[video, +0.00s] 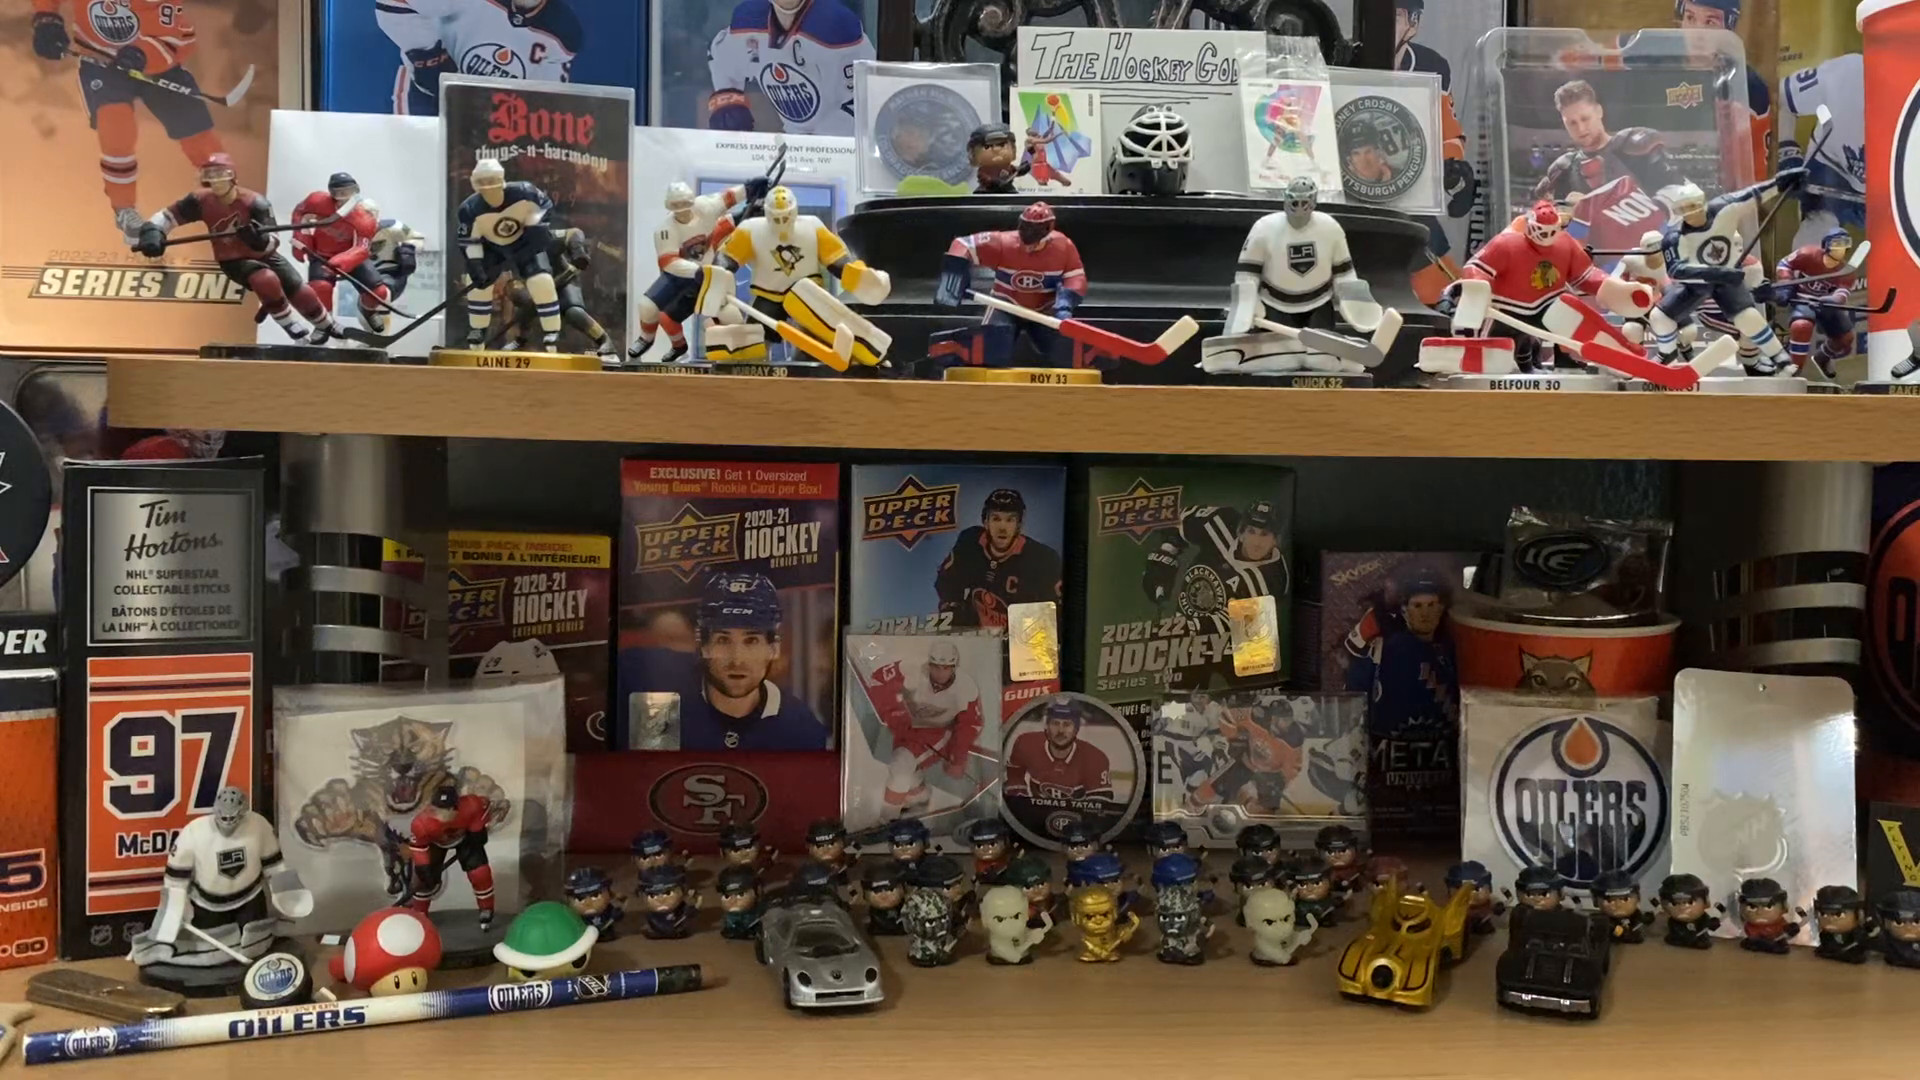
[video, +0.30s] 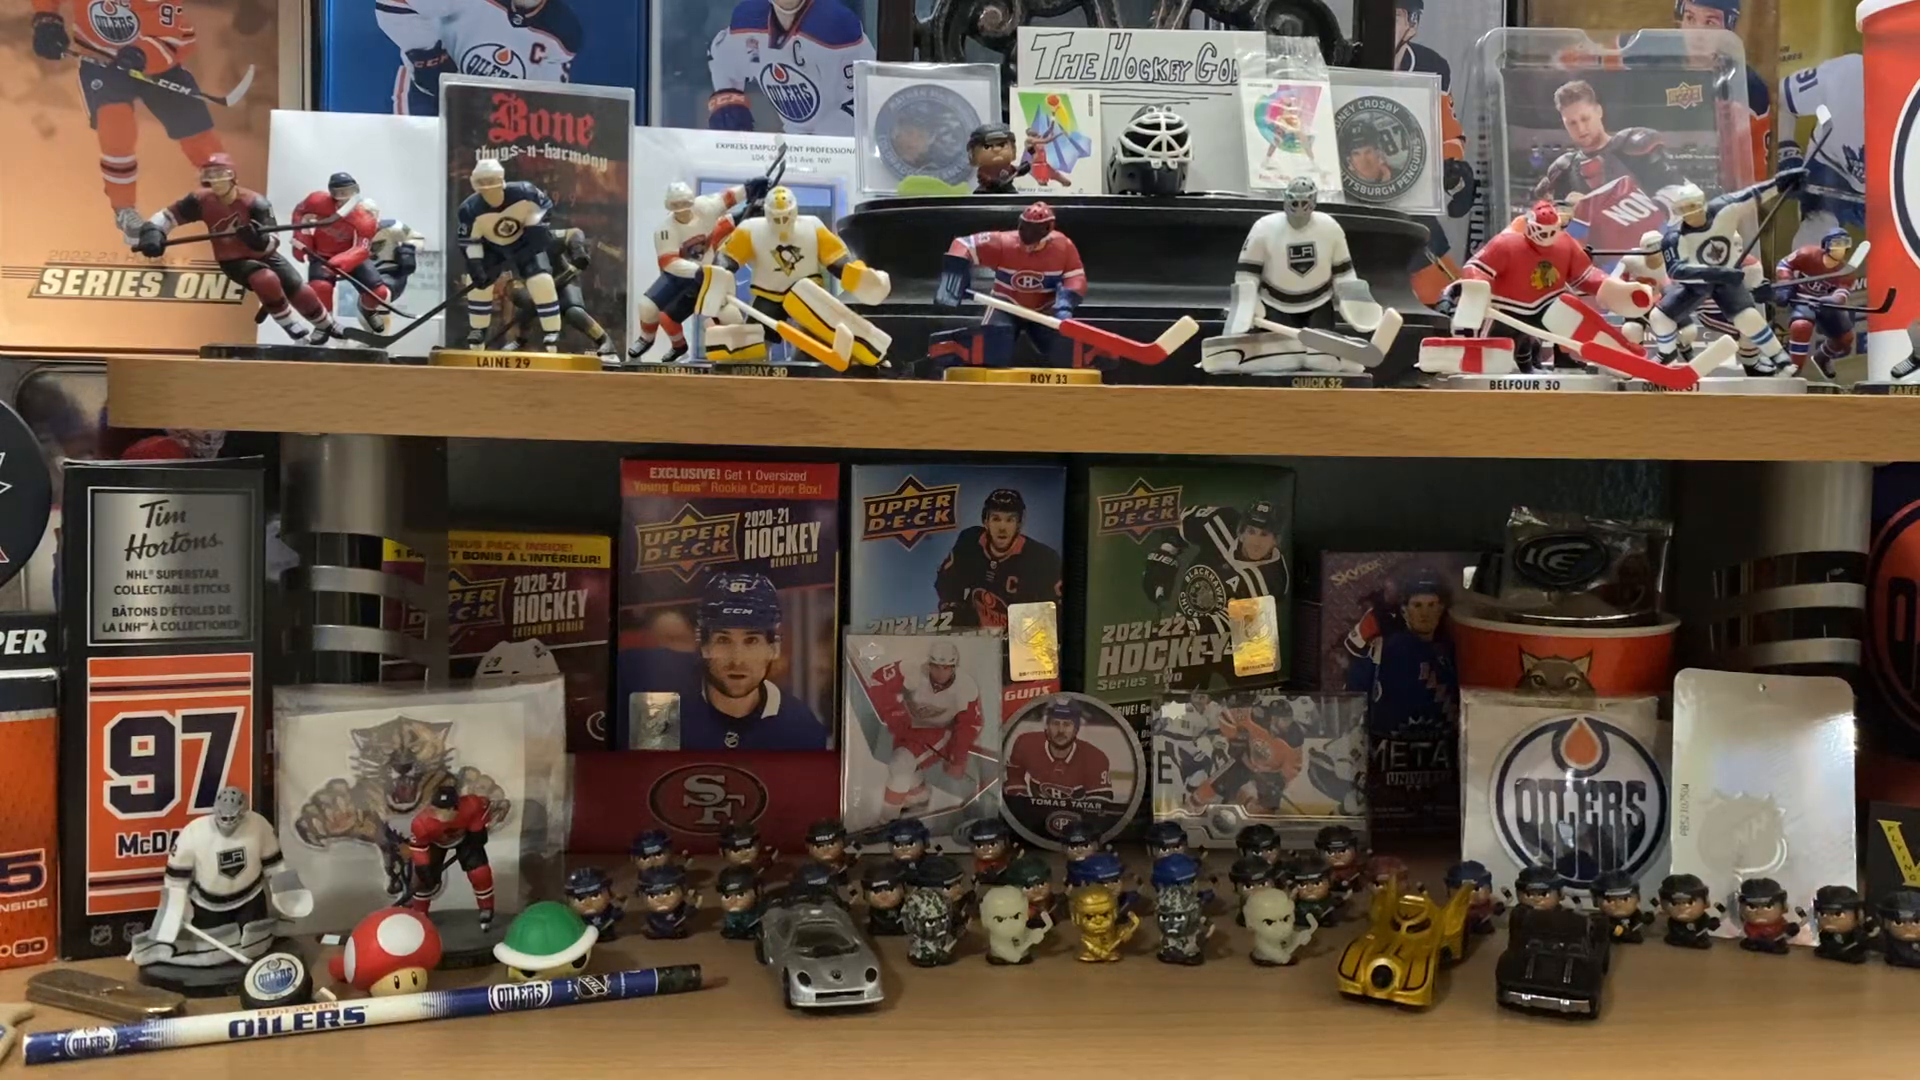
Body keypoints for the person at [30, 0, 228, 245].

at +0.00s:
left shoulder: (162, 6)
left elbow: (181, 38)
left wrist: (142, 53)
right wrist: (46, 17)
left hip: (158, 62)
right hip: (100, 61)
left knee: (204, 145)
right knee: (118, 127)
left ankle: (231, 203)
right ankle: (125, 211)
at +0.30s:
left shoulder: (161, 7)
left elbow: (178, 39)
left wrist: (142, 54)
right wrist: (46, 18)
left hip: (157, 61)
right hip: (100, 61)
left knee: (203, 144)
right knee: (118, 126)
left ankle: (231, 203)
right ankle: (125, 211)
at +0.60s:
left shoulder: (161, 7)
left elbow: (180, 39)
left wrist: (142, 54)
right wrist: (46, 17)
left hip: (156, 61)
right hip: (99, 61)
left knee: (203, 142)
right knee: (118, 127)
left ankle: (231, 203)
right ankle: (125, 211)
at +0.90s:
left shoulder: (161, 6)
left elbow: (178, 39)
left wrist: (141, 54)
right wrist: (46, 18)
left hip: (156, 61)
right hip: (99, 61)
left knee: (202, 142)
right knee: (118, 127)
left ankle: (231, 203)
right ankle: (125, 211)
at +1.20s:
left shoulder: (162, 7)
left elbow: (178, 38)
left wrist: (142, 53)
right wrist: (46, 18)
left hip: (157, 61)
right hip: (100, 61)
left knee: (202, 143)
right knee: (118, 127)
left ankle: (231, 204)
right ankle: (125, 211)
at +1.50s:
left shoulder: (161, 7)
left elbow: (176, 39)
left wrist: (141, 54)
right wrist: (46, 17)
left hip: (157, 60)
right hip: (99, 60)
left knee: (201, 141)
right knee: (118, 127)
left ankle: (231, 204)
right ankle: (125, 211)